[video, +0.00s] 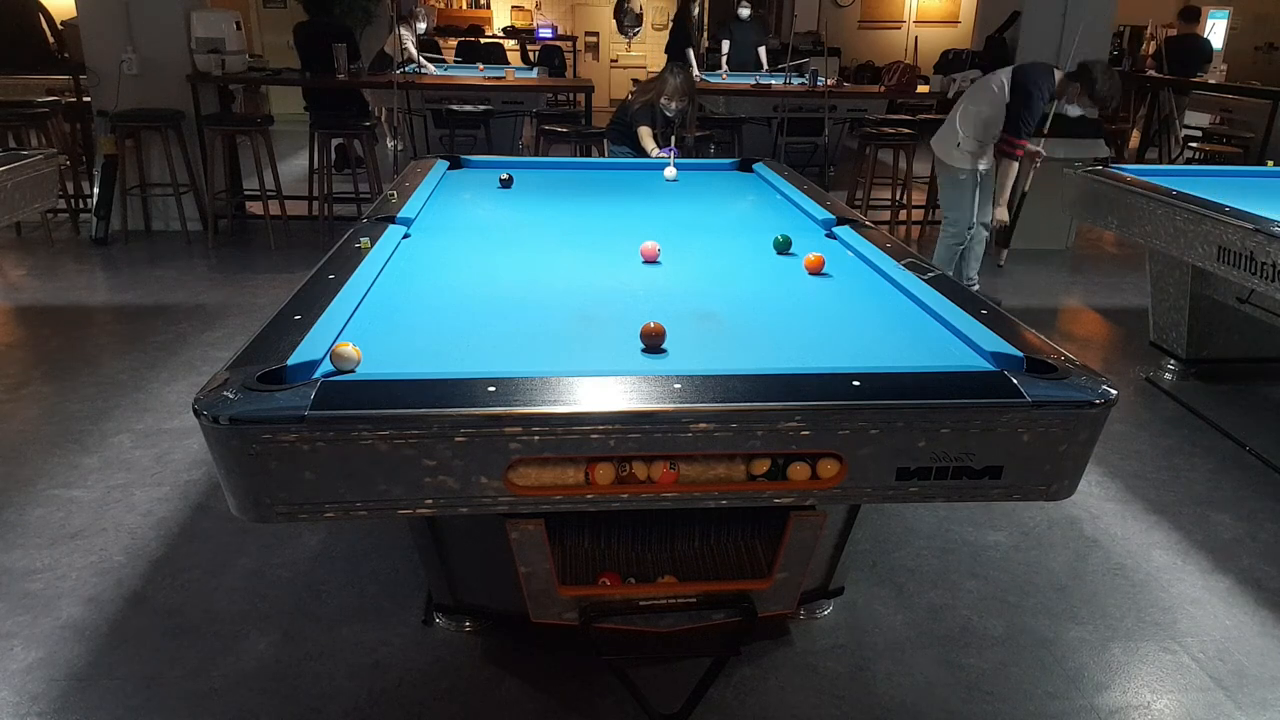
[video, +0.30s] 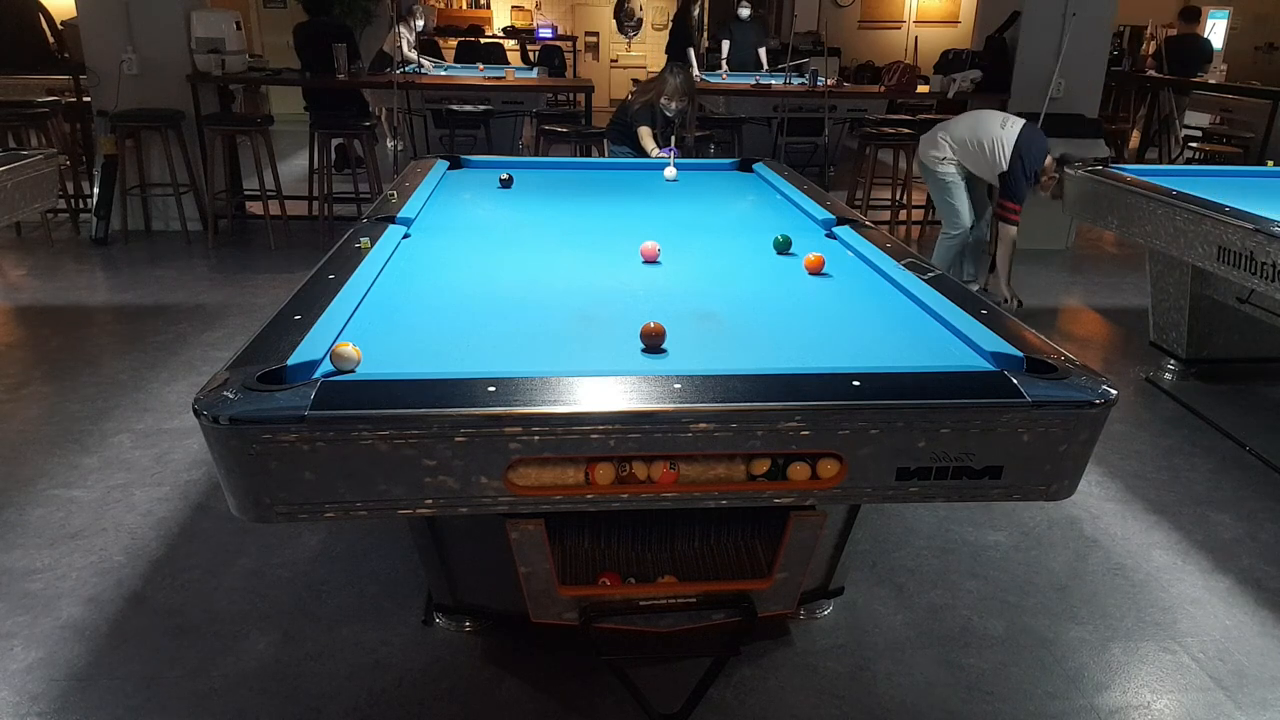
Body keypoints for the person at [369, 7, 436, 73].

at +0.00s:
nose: (419, 34)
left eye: (421, 32)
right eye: (417, 31)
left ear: (424, 24)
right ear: (411, 22)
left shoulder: (409, 30)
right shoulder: (402, 32)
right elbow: (413, 53)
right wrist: (427, 65)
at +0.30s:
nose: (420, 23)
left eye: (421, 20)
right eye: (418, 20)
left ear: (422, 20)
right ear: (410, 19)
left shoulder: (411, 31)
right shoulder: (400, 30)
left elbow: (410, 50)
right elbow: (405, 53)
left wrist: (423, 60)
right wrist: (422, 62)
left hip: (392, 70)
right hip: (379, 72)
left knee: (395, 106)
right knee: (387, 108)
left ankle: (396, 136)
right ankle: (390, 139)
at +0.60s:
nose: (416, 16)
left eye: (417, 12)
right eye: (412, 13)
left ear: (418, 12)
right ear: (403, 12)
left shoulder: (412, 25)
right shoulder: (394, 26)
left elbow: (406, 46)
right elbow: (388, 49)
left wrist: (417, 56)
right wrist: (409, 56)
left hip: (395, 69)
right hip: (379, 72)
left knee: (394, 106)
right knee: (384, 108)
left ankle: (396, 135)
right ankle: (390, 138)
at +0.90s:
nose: (410, 14)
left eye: (412, 11)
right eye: (406, 11)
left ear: (414, 12)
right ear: (400, 11)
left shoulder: (410, 26)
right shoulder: (390, 24)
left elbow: (406, 43)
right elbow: (381, 45)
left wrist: (415, 54)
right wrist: (398, 60)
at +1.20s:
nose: (409, 13)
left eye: (411, 10)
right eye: (406, 10)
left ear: (413, 11)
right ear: (398, 10)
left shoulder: (410, 26)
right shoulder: (390, 21)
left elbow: (403, 42)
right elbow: (380, 43)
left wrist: (412, 51)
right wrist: (393, 60)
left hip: (397, 64)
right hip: (382, 65)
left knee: (396, 103)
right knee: (385, 106)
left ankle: (395, 136)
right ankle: (390, 138)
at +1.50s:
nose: (409, 12)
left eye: (411, 9)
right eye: (405, 9)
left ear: (413, 10)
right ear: (398, 10)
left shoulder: (409, 26)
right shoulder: (390, 21)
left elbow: (403, 43)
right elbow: (380, 42)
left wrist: (412, 52)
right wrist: (393, 60)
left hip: (396, 64)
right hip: (382, 65)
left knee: (395, 103)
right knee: (384, 105)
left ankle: (395, 135)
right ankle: (390, 138)